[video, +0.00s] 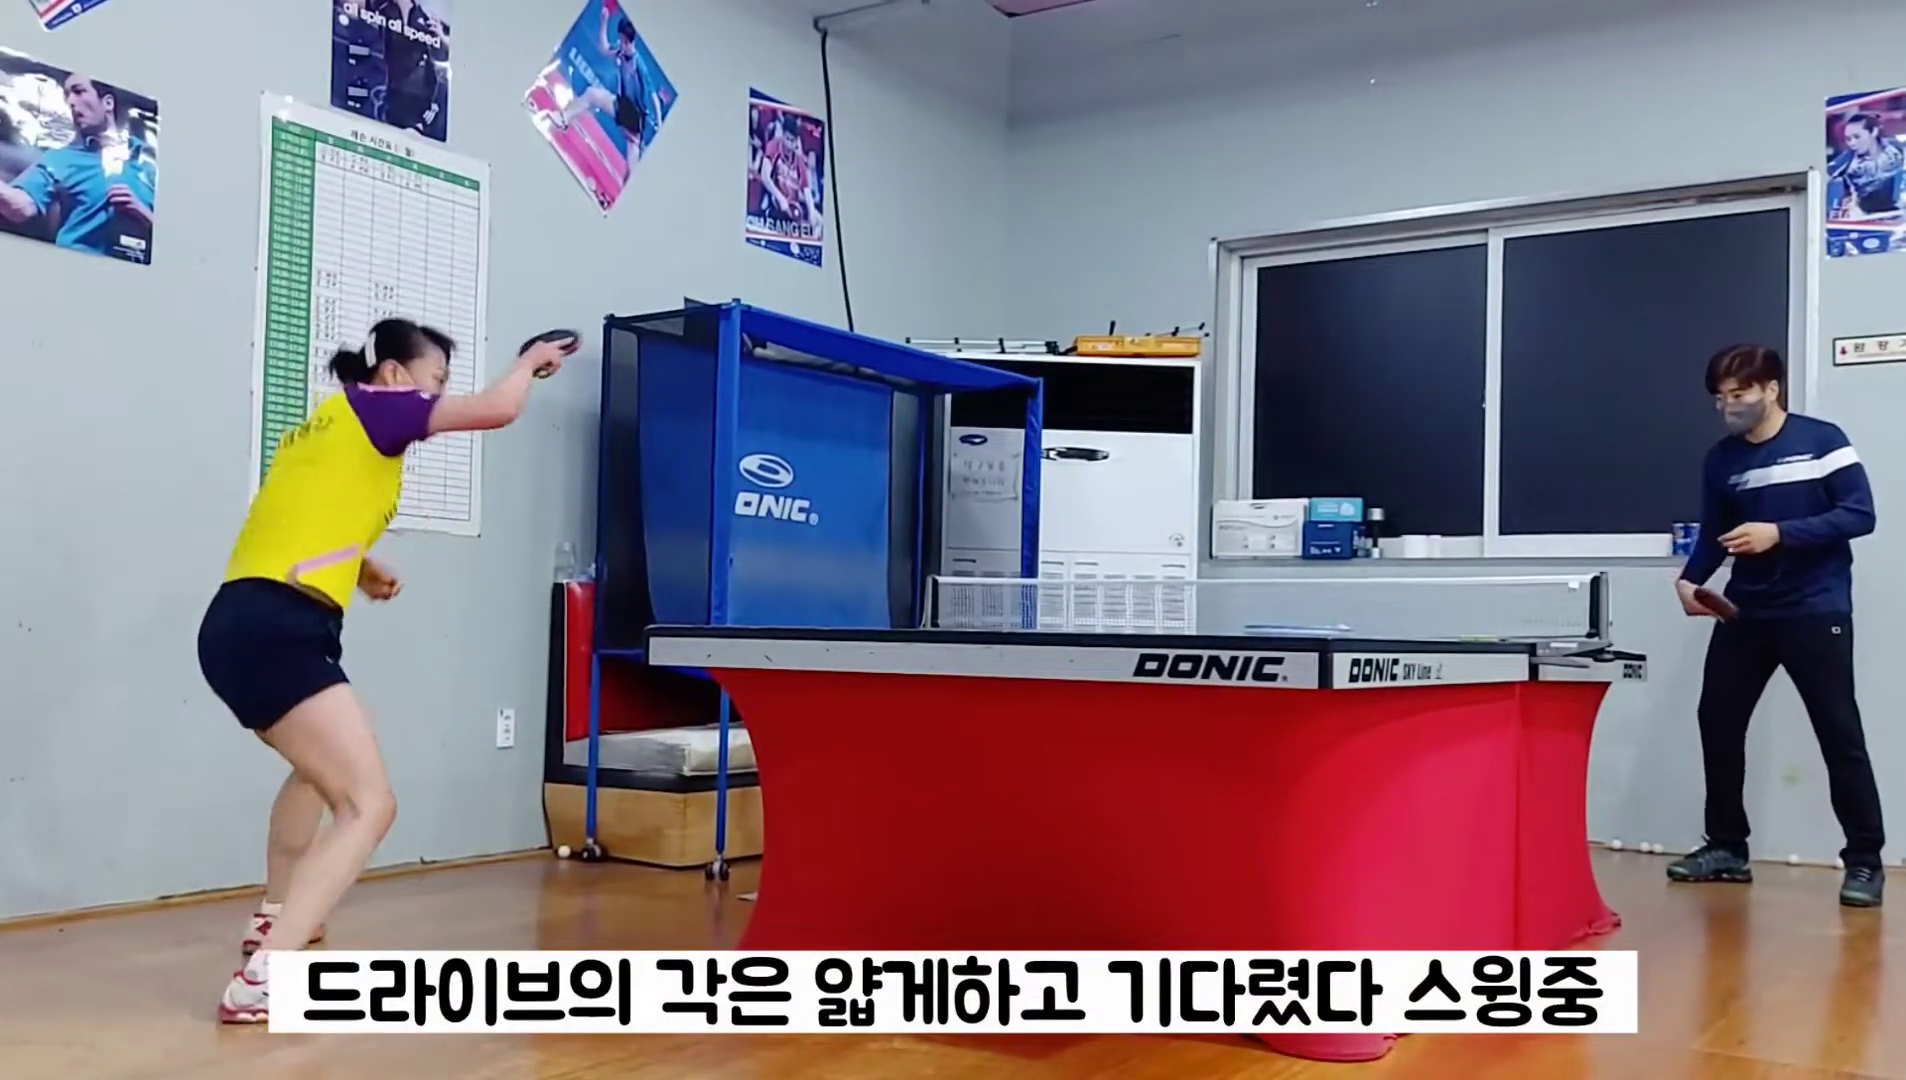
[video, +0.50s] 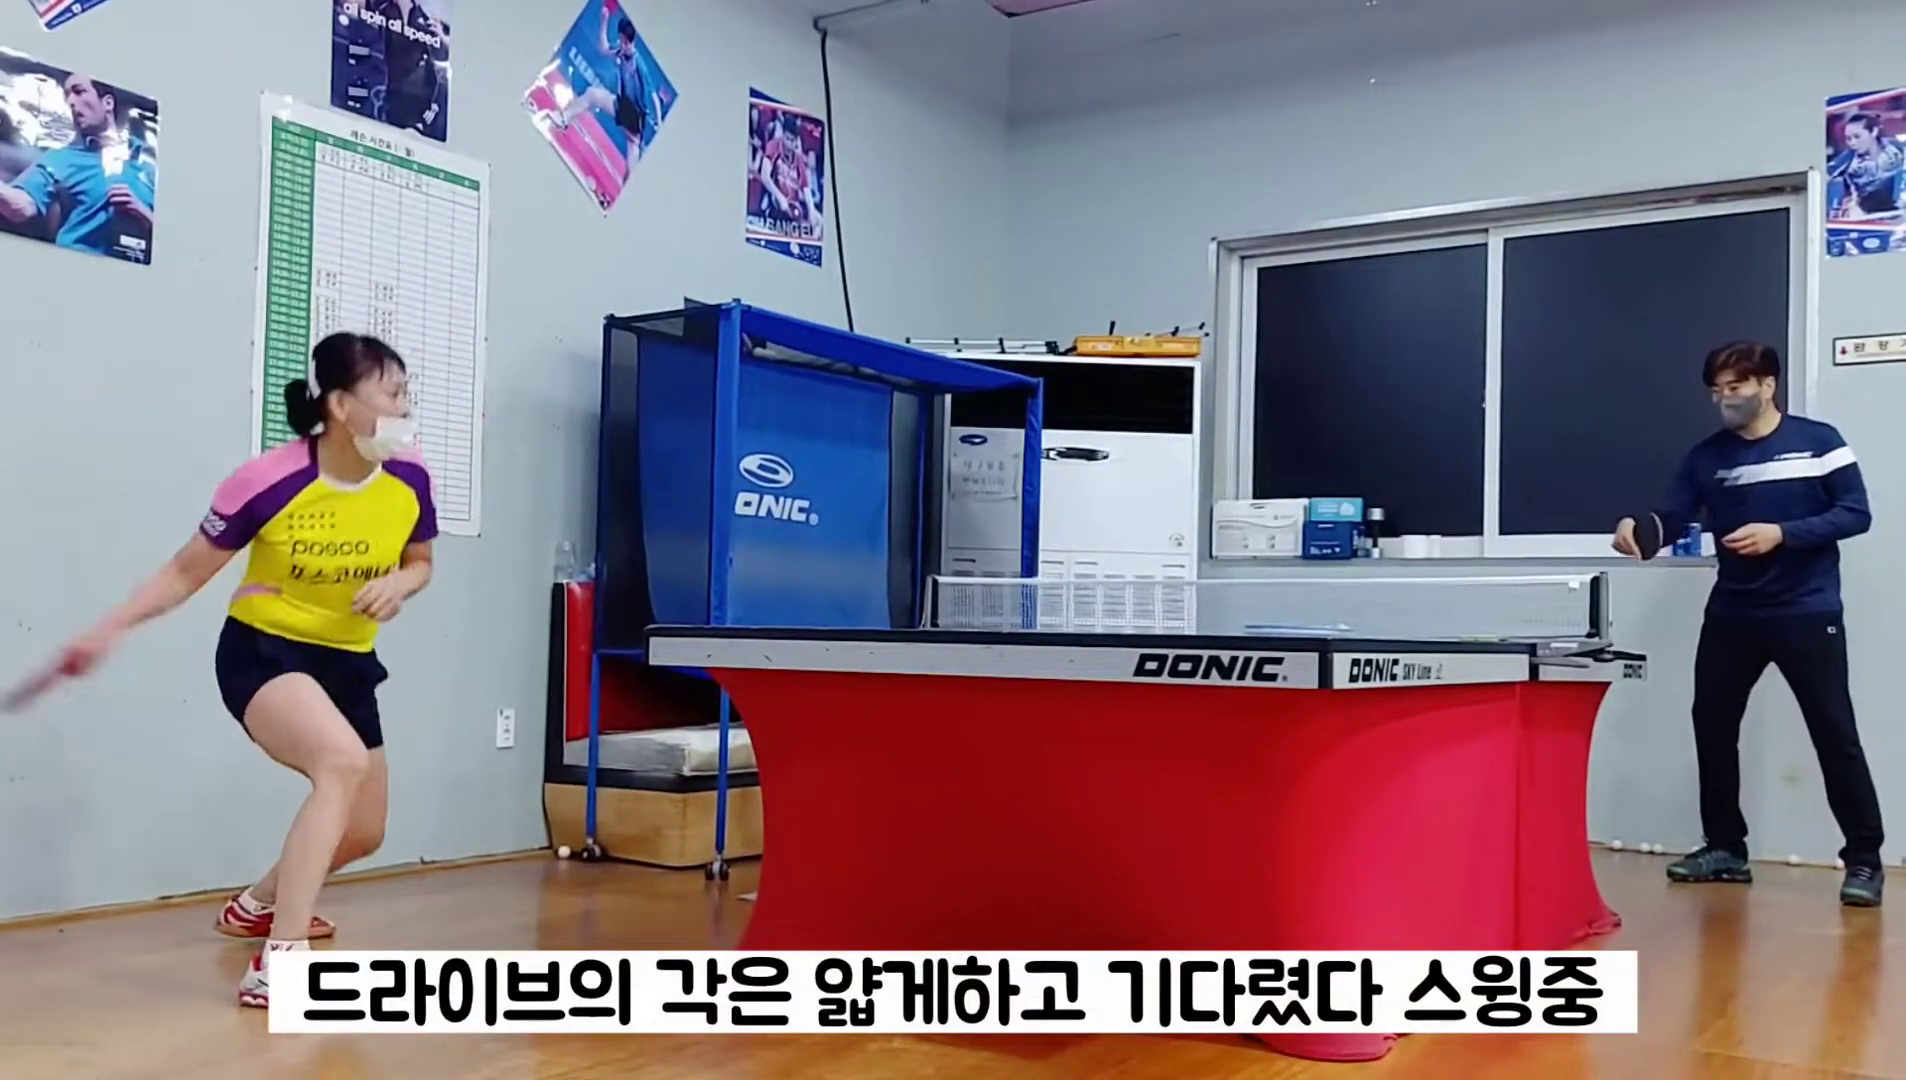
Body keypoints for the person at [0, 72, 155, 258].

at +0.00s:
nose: (70, 101)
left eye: (79, 91)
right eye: (67, 95)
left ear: (108, 103)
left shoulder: (149, 162)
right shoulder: (60, 159)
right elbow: (20, 207)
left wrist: (143, 213)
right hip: (75, 261)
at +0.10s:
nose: (70, 101)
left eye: (79, 91)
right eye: (67, 95)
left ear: (108, 103)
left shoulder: (149, 162)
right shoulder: (60, 159)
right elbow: (20, 207)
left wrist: (143, 213)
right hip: (75, 261)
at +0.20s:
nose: (70, 101)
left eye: (79, 91)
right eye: (67, 95)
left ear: (108, 103)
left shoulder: (149, 162)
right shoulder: (60, 159)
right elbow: (19, 207)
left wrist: (143, 213)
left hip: (134, 270)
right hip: (74, 261)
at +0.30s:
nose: (70, 101)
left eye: (79, 91)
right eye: (67, 96)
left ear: (108, 103)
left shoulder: (149, 162)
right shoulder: (59, 159)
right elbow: (19, 207)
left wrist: (143, 213)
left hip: (134, 270)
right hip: (74, 261)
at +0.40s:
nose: (70, 101)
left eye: (79, 91)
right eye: (67, 96)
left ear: (108, 103)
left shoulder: (149, 162)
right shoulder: (59, 159)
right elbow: (19, 207)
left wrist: (143, 213)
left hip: (134, 270)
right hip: (74, 260)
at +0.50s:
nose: (70, 101)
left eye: (79, 91)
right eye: (67, 96)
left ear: (108, 103)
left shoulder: (149, 161)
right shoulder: (59, 159)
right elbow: (19, 207)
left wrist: (143, 213)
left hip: (134, 270)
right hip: (75, 260)